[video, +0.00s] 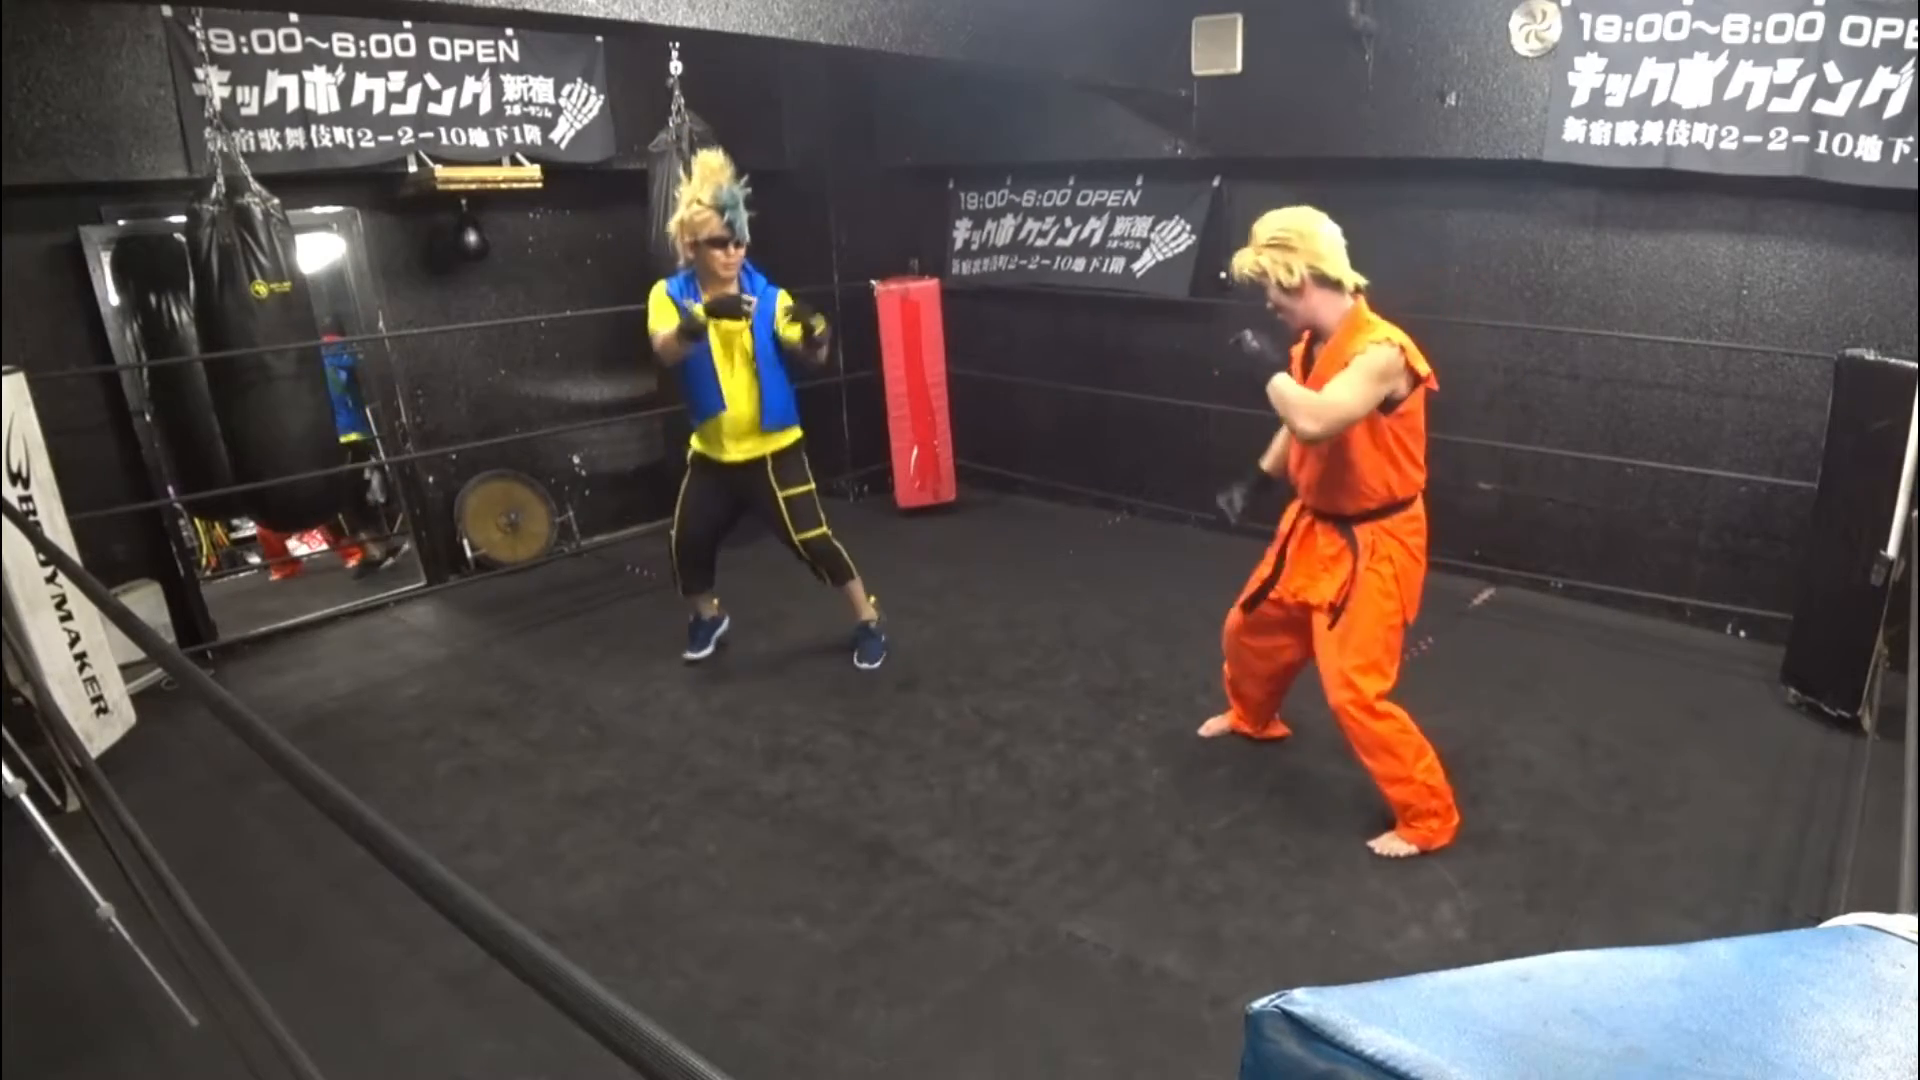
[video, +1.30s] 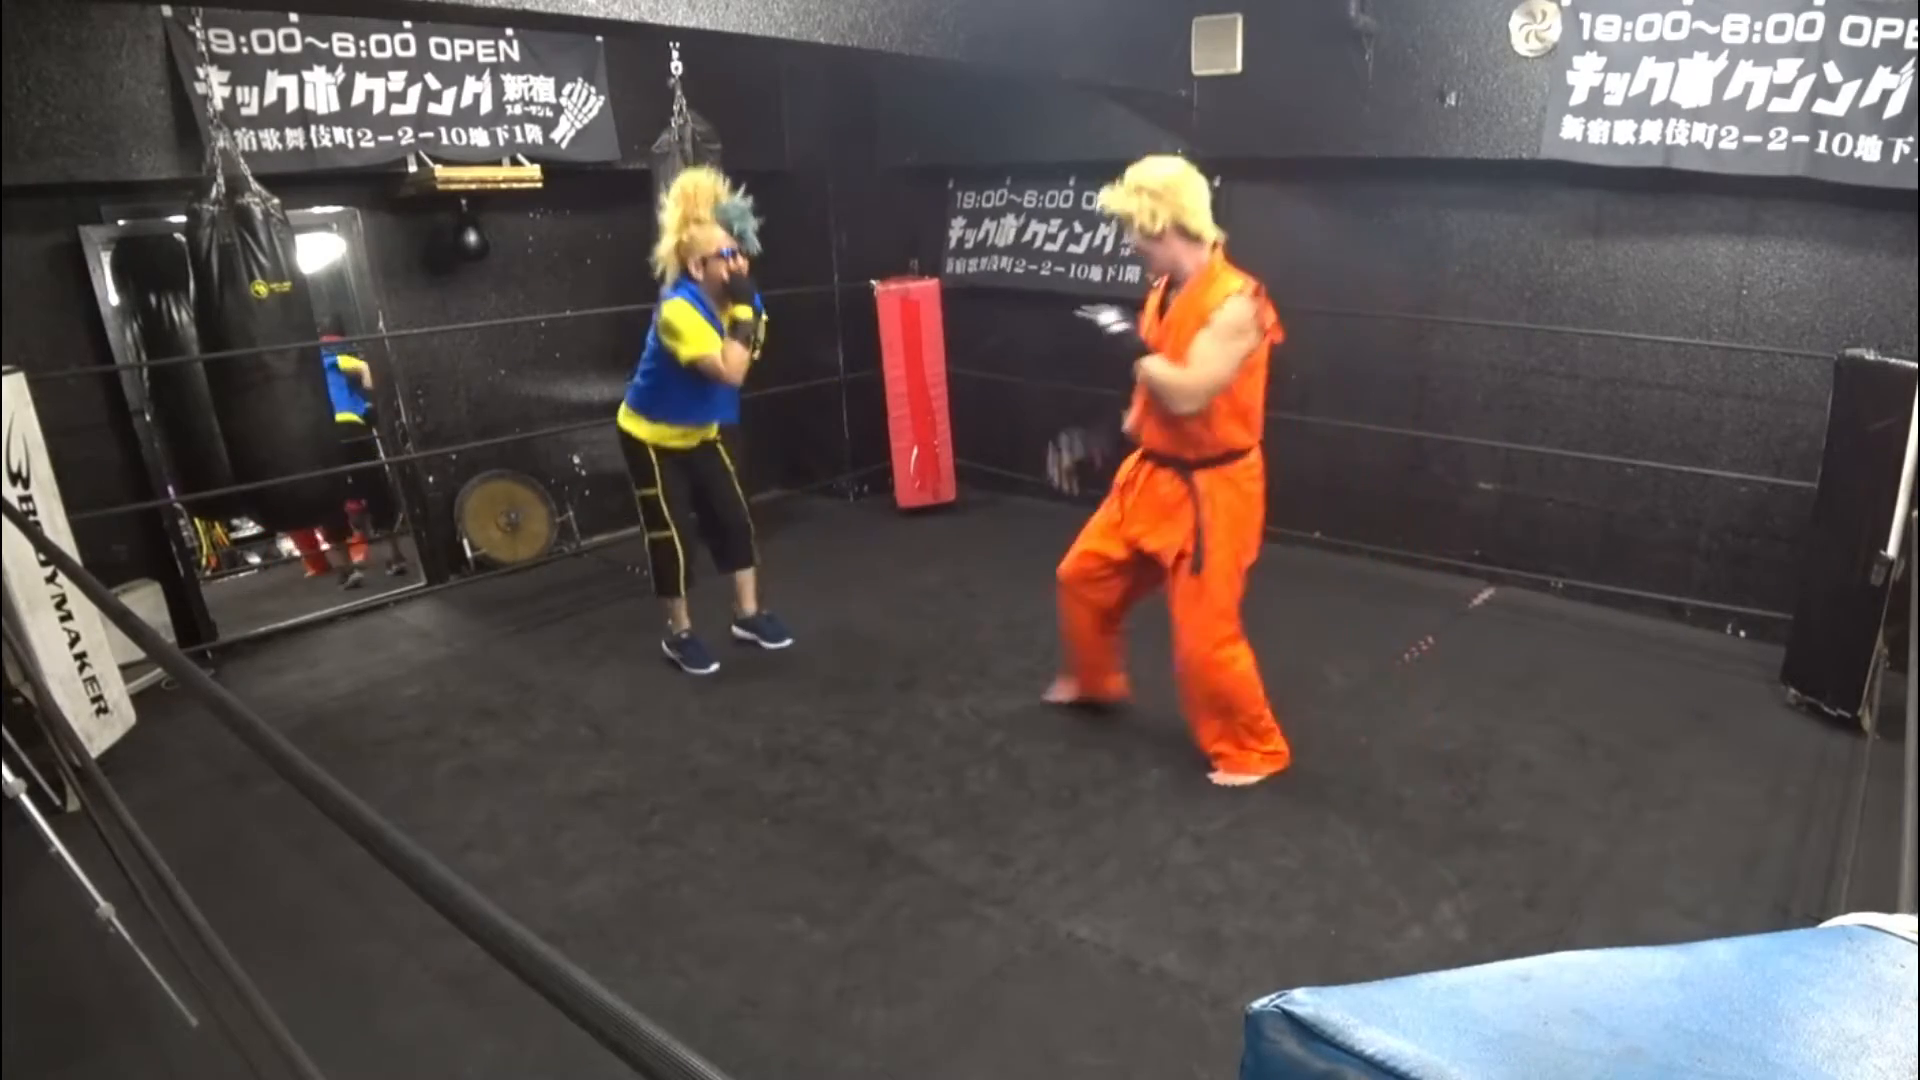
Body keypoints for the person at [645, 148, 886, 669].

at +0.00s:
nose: (731, 256)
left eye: (737, 244)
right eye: (718, 246)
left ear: (745, 247)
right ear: (691, 249)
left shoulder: (767, 295)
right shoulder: (669, 296)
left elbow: (810, 358)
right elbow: (664, 352)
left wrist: (818, 339)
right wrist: (700, 320)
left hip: (776, 444)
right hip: (713, 451)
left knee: (811, 539)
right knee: (687, 544)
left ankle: (867, 618)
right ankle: (708, 616)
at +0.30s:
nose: (739, 294)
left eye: (744, 283)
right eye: (726, 285)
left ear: (751, 286)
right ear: (697, 291)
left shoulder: (769, 339)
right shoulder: (677, 344)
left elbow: (815, 396)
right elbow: (658, 406)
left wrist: (839, 378)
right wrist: (682, 377)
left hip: (784, 486)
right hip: (721, 493)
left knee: (826, 566)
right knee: (685, 573)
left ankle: (892, 635)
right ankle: (695, 631)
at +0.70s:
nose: (737, 250)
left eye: (741, 240)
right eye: (723, 241)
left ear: (749, 242)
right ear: (694, 246)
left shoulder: (762, 291)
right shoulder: (667, 291)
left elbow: (802, 347)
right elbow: (664, 354)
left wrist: (808, 337)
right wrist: (705, 330)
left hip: (766, 440)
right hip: (701, 446)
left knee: (810, 533)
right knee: (683, 547)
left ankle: (847, 620)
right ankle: (688, 624)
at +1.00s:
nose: (728, 280)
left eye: (732, 269)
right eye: (715, 270)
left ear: (739, 272)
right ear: (686, 278)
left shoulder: (753, 326)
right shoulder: (663, 335)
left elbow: (789, 372)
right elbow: (686, 402)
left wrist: (810, 406)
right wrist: (722, 375)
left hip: (742, 470)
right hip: (685, 476)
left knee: (779, 546)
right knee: (681, 566)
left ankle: (813, 622)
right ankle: (682, 633)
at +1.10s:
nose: (731, 262)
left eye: (734, 251)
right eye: (717, 252)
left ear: (741, 255)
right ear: (688, 261)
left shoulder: (745, 306)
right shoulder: (668, 311)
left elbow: (767, 368)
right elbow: (707, 373)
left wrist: (766, 419)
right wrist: (726, 328)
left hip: (725, 446)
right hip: (669, 453)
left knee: (766, 531)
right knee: (677, 549)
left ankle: (793, 618)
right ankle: (683, 629)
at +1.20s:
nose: (731, 247)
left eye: (733, 237)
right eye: (718, 239)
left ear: (736, 241)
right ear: (691, 250)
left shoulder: (739, 291)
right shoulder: (671, 293)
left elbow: (744, 349)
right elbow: (719, 355)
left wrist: (735, 385)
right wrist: (736, 304)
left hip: (711, 427)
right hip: (660, 430)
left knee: (747, 519)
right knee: (672, 531)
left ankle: (751, 613)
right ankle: (678, 624)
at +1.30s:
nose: (733, 264)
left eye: (734, 253)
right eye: (720, 256)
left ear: (740, 257)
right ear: (692, 265)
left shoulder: (733, 304)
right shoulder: (677, 310)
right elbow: (731, 370)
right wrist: (742, 312)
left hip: (700, 433)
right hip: (649, 435)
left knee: (734, 518)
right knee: (669, 533)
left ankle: (747, 613)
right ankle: (679, 631)